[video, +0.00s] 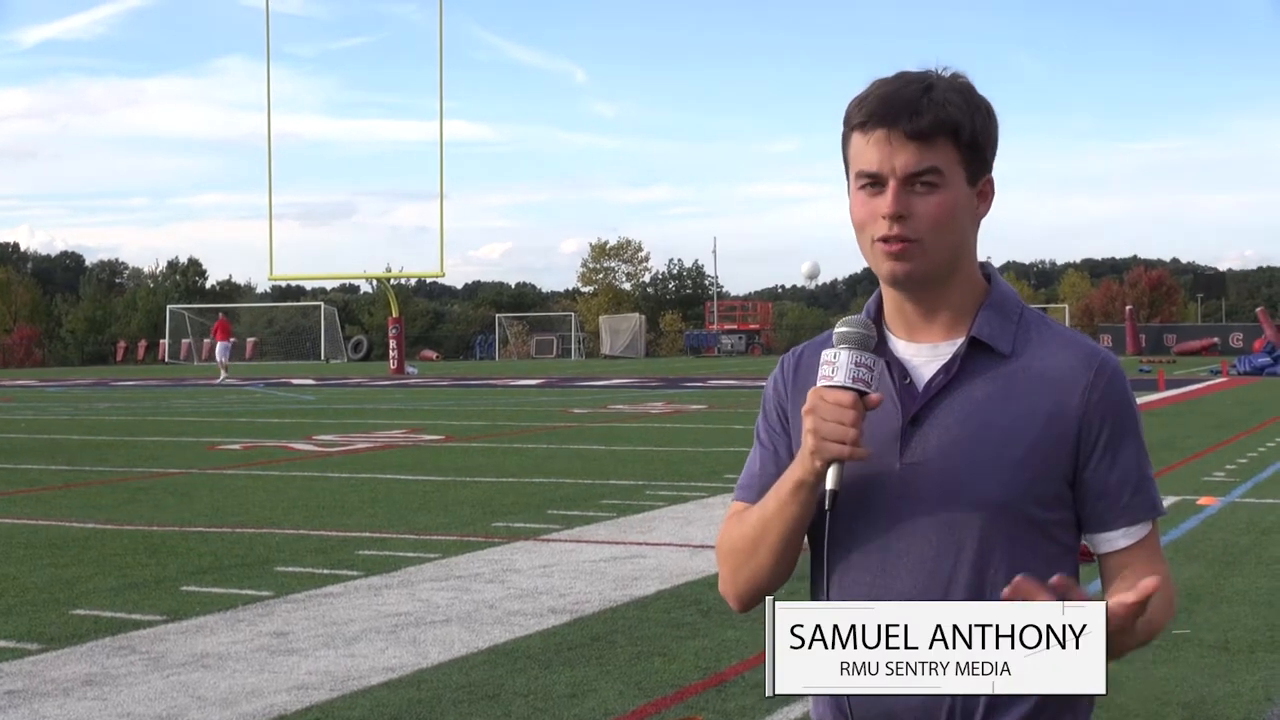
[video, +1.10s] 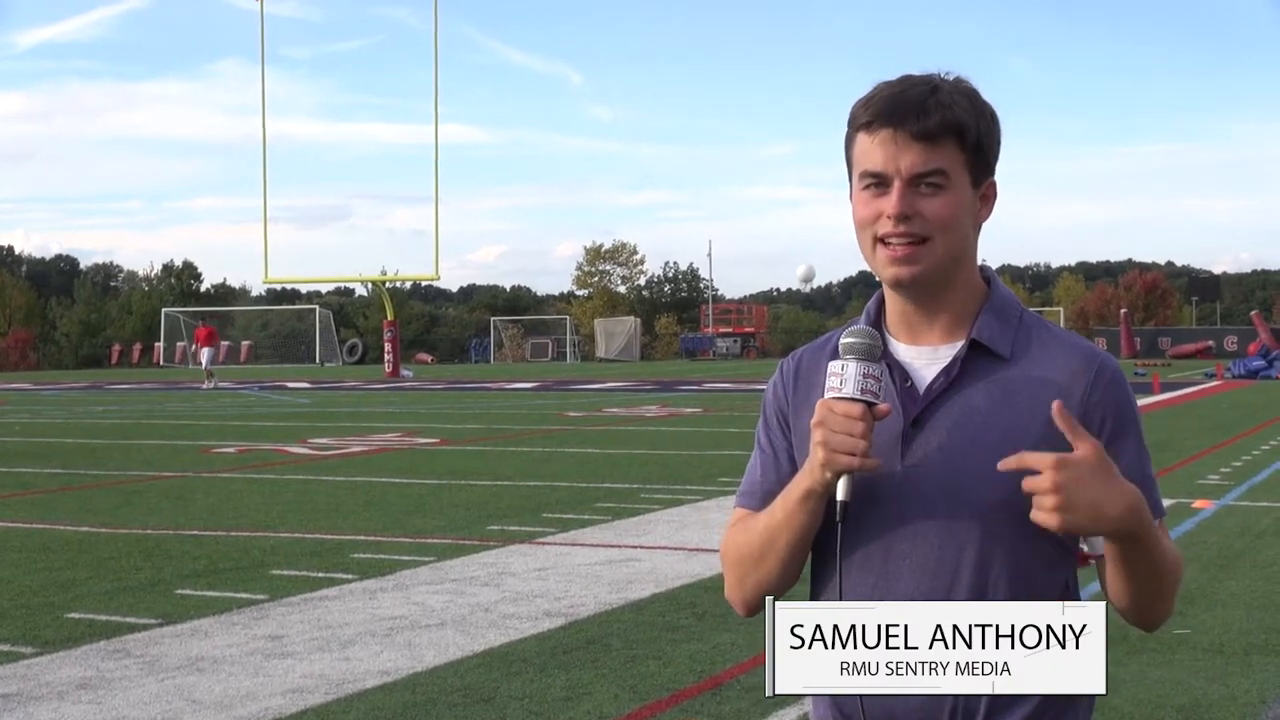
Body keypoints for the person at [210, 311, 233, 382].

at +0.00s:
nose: (219, 316)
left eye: (220, 315)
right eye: (219, 315)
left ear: (221, 315)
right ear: (226, 316)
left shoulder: (218, 322)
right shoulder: (228, 323)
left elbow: (214, 330)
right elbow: (230, 331)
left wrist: (212, 336)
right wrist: (229, 337)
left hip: (221, 341)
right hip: (228, 342)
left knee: (218, 358)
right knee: (225, 359)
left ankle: (223, 373)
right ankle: (225, 374)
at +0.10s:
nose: (218, 317)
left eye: (219, 315)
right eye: (218, 315)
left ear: (220, 316)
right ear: (225, 316)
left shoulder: (218, 323)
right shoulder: (227, 323)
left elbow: (213, 330)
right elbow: (228, 333)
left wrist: (210, 337)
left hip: (219, 342)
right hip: (226, 343)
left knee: (216, 358)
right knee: (223, 359)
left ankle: (220, 373)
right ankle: (223, 374)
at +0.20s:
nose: (217, 318)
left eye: (218, 316)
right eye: (217, 316)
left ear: (220, 317)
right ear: (224, 317)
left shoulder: (218, 324)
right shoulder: (226, 324)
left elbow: (212, 332)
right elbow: (226, 334)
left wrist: (209, 337)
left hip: (218, 343)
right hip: (225, 343)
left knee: (213, 359)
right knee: (222, 360)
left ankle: (220, 374)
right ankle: (222, 376)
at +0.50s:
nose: (213, 319)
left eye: (213, 317)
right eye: (213, 317)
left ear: (215, 318)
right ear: (219, 319)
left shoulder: (214, 326)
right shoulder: (221, 326)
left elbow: (213, 336)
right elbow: (222, 336)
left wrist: (210, 344)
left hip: (215, 345)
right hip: (221, 345)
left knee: (212, 361)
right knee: (219, 362)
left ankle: (221, 376)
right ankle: (221, 377)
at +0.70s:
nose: (208, 320)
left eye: (209, 318)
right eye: (208, 318)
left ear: (212, 319)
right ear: (211, 319)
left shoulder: (214, 326)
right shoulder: (211, 326)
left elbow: (217, 336)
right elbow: (211, 336)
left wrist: (218, 345)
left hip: (213, 345)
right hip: (214, 345)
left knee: (208, 362)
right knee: (215, 363)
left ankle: (216, 378)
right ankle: (218, 378)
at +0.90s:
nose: (206, 323)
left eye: (207, 321)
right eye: (205, 321)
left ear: (210, 321)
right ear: (204, 322)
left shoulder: (214, 329)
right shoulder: (204, 329)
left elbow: (218, 340)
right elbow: (201, 337)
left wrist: (219, 350)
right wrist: (198, 342)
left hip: (213, 347)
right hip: (207, 347)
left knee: (208, 363)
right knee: (213, 365)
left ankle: (209, 379)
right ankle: (217, 379)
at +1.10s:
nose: (202, 324)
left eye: (203, 323)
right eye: (200, 323)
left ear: (205, 323)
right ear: (199, 323)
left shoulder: (211, 329)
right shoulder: (198, 330)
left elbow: (216, 339)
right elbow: (196, 340)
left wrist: (216, 346)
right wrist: (194, 346)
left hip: (209, 347)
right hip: (202, 348)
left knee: (205, 365)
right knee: (205, 366)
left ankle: (207, 382)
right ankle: (214, 379)